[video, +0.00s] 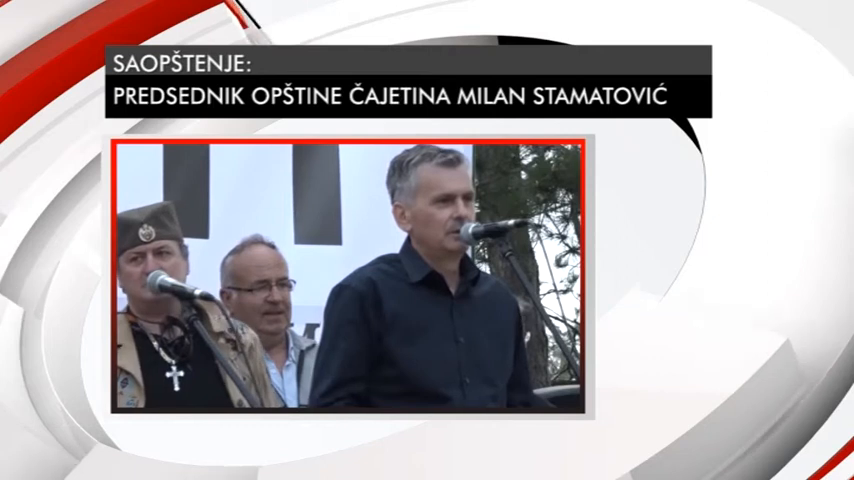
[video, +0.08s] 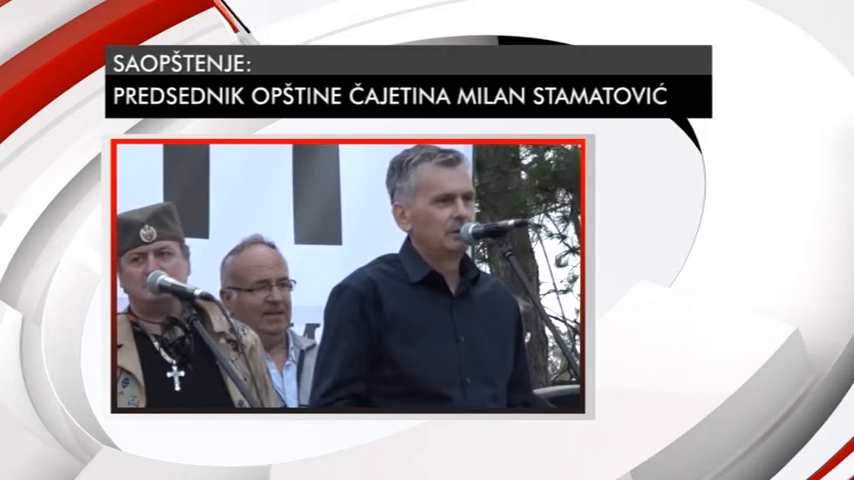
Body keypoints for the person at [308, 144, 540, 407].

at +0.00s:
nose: (462, 214)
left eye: (468, 200)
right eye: (443, 202)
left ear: (476, 204)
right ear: (402, 215)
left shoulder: (499, 301)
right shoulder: (360, 296)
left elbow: (521, 406)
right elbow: (331, 408)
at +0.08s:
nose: (462, 213)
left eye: (467, 199)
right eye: (443, 202)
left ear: (476, 204)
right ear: (402, 215)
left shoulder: (500, 301)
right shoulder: (360, 296)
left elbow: (522, 407)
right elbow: (331, 409)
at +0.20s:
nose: (461, 211)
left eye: (467, 197)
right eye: (442, 200)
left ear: (475, 203)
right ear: (402, 215)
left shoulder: (499, 301)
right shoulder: (360, 296)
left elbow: (521, 406)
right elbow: (332, 408)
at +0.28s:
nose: (461, 210)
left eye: (466, 196)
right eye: (442, 199)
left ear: (475, 203)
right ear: (401, 215)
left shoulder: (499, 302)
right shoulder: (360, 296)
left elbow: (522, 407)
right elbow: (331, 410)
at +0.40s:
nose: (460, 210)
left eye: (465, 196)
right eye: (441, 199)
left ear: (474, 203)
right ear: (401, 215)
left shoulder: (498, 300)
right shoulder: (361, 295)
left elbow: (526, 407)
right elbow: (332, 406)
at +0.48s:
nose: (459, 211)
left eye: (465, 197)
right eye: (441, 199)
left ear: (473, 203)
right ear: (400, 215)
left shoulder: (498, 300)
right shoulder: (362, 294)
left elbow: (529, 407)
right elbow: (329, 404)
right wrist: (424, 418)